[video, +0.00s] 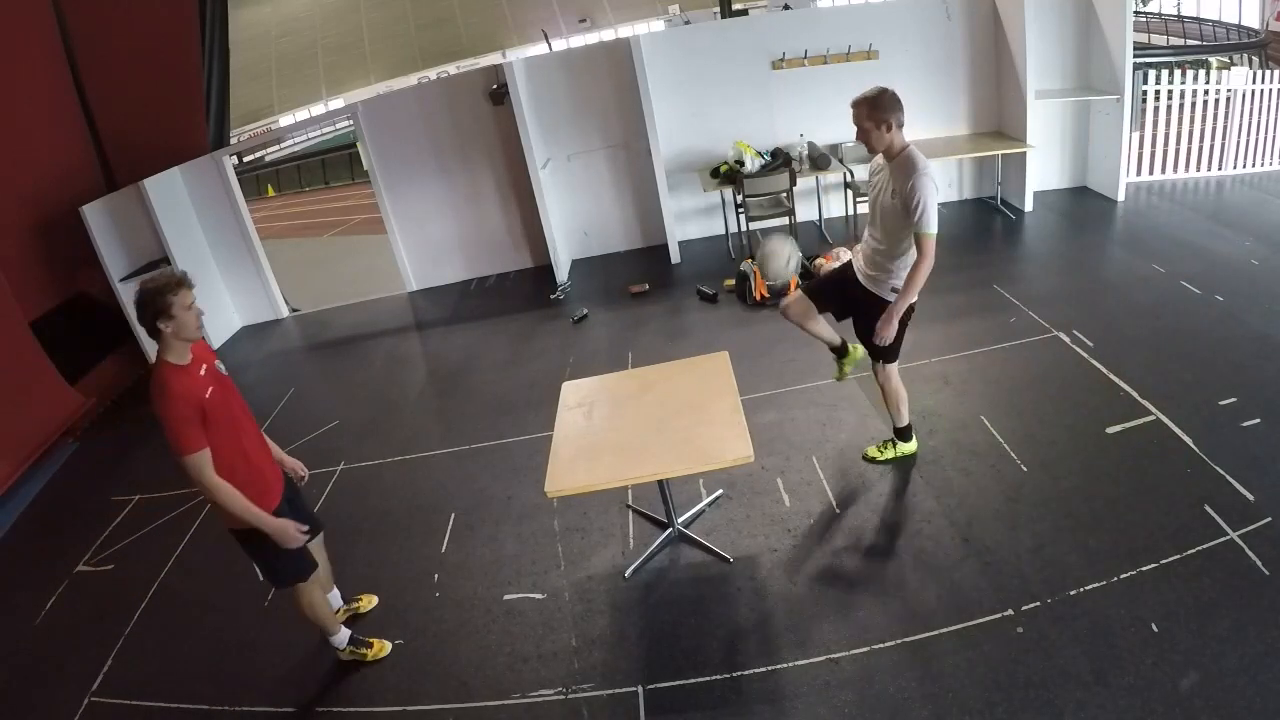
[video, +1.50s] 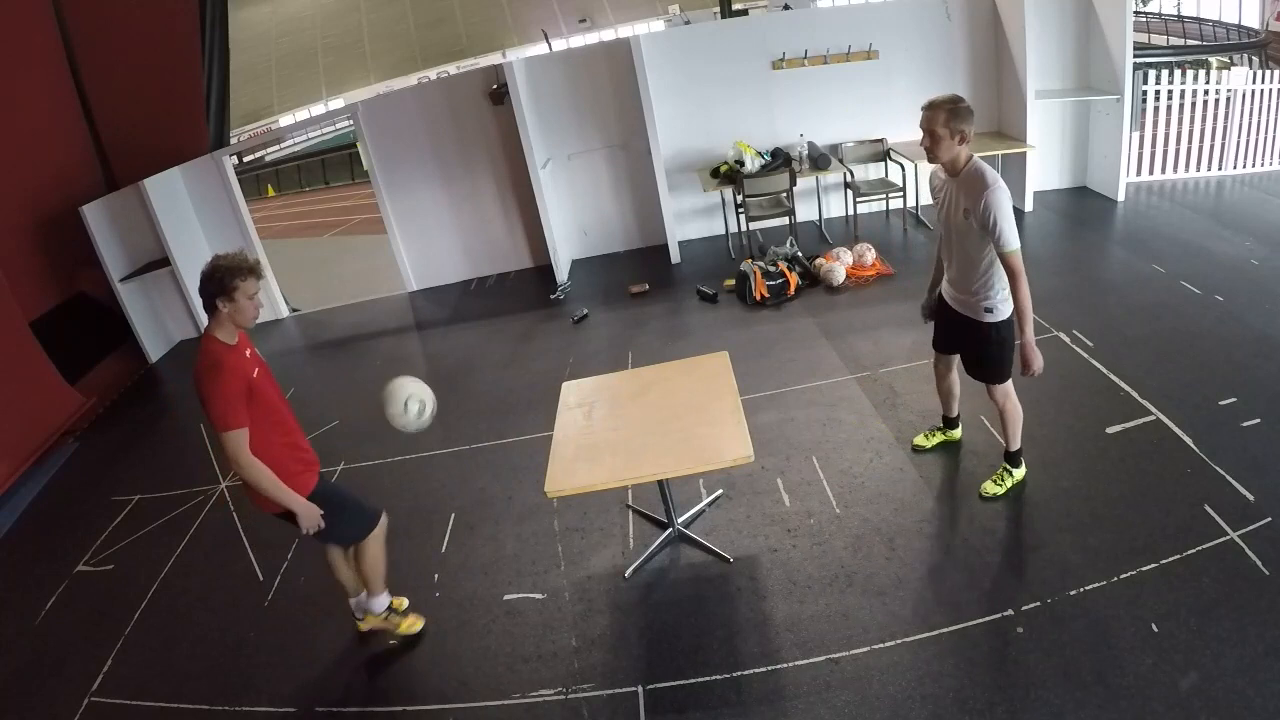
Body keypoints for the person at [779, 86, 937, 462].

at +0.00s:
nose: (857, 137)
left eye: (861, 128)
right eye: (856, 128)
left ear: (888, 125)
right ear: (887, 125)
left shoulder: (919, 180)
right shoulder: (880, 162)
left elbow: (927, 256)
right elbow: (880, 227)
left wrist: (895, 312)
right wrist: (852, 256)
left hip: (888, 292)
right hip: (857, 270)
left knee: (885, 371)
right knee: (793, 309)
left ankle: (904, 438)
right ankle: (844, 350)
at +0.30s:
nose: (861, 135)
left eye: (866, 127)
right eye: (860, 126)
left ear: (892, 125)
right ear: (883, 125)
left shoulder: (918, 177)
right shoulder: (877, 164)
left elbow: (919, 254)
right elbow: (878, 227)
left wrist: (891, 309)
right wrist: (855, 258)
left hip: (892, 294)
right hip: (859, 279)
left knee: (883, 369)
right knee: (815, 345)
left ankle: (903, 438)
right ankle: (853, 388)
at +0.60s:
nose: (855, 136)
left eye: (861, 128)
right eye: (852, 128)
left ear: (887, 126)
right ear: (871, 128)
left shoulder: (918, 176)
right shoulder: (865, 173)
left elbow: (942, 246)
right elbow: (856, 225)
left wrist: (920, 306)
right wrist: (827, 265)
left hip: (915, 291)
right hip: (883, 282)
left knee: (884, 371)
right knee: (869, 355)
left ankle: (905, 445)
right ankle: (884, 410)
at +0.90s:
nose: (883, 141)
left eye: (889, 134)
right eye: (882, 133)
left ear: (917, 134)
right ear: (904, 135)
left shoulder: (950, 187)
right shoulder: (898, 180)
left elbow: (969, 260)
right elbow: (893, 231)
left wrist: (939, 314)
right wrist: (870, 279)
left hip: (947, 304)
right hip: (908, 292)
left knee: (957, 391)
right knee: (887, 358)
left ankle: (1009, 459)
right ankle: (882, 411)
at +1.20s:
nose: (921, 146)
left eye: (929, 138)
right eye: (919, 136)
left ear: (957, 141)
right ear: (921, 137)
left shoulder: (990, 194)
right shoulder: (930, 183)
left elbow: (1015, 274)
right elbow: (948, 240)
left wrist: (987, 334)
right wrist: (950, 286)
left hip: (986, 310)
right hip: (947, 296)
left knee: (994, 392)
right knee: (927, 360)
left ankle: (1014, 464)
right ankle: (923, 422)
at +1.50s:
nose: (923, 141)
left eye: (932, 134)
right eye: (922, 132)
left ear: (962, 138)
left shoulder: (990, 192)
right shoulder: (939, 179)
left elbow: (1016, 271)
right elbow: (945, 241)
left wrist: (1028, 340)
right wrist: (932, 290)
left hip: (990, 312)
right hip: (952, 300)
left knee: (1000, 392)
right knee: (943, 365)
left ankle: (1015, 464)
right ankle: (950, 427)